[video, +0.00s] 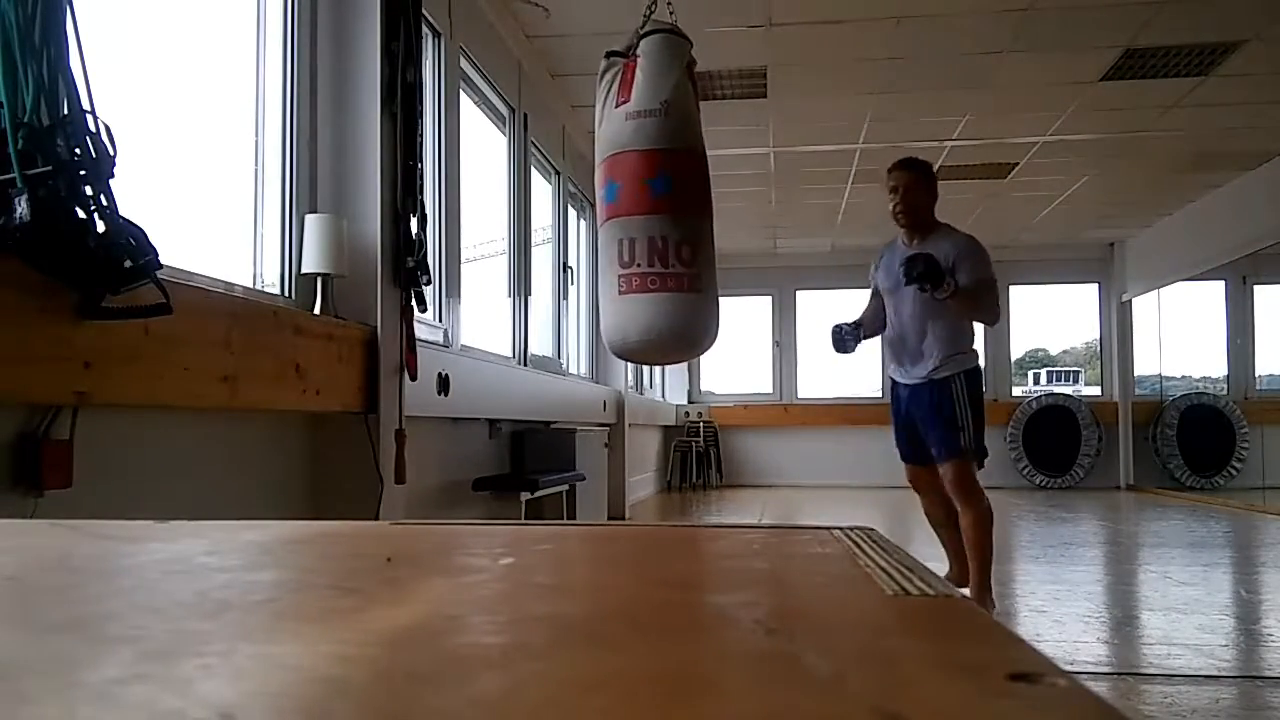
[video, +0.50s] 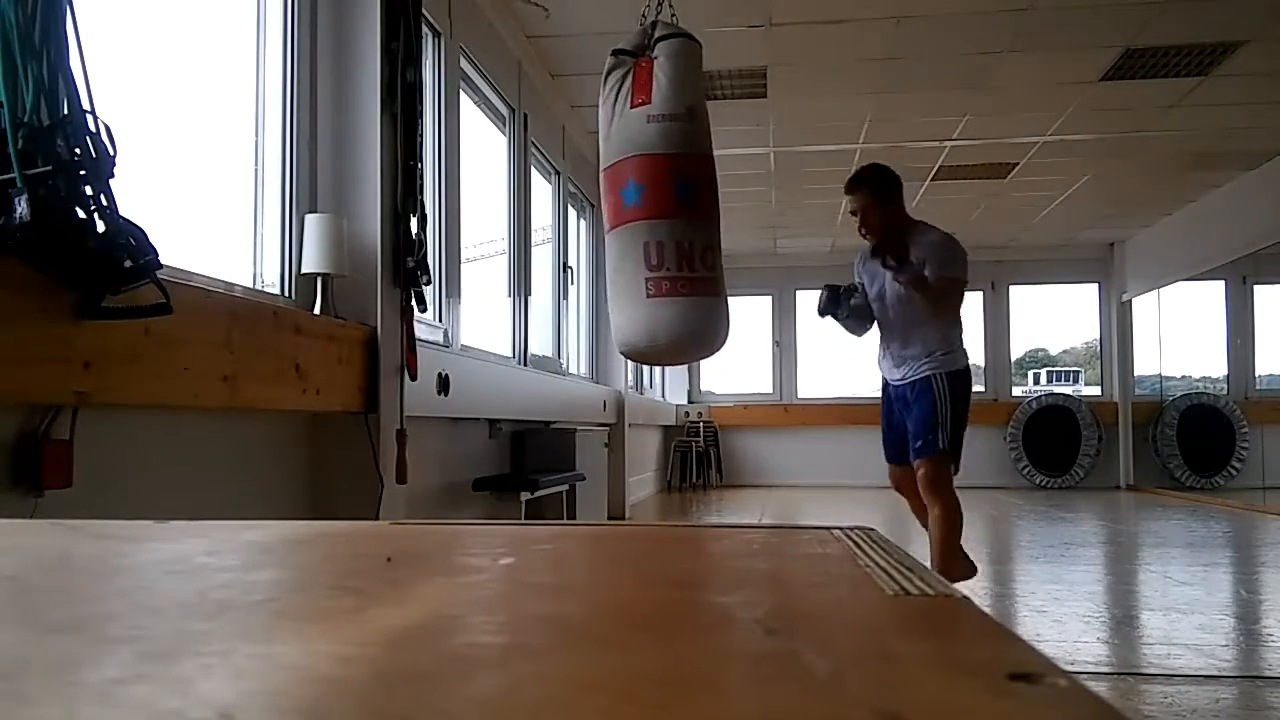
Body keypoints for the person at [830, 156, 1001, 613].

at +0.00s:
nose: (896, 201)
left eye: (906, 190)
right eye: (891, 192)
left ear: (931, 193)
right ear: (887, 199)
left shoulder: (962, 248)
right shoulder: (887, 259)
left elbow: (991, 313)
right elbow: (879, 313)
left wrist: (945, 288)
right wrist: (855, 329)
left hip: (950, 378)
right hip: (904, 383)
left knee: (960, 484)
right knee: (923, 481)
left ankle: (983, 594)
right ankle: (959, 568)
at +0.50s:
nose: (858, 224)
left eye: (861, 213)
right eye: (854, 215)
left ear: (891, 204)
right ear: (873, 211)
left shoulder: (940, 246)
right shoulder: (867, 260)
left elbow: (947, 309)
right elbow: (863, 322)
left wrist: (914, 278)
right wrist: (841, 307)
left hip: (938, 371)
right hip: (895, 376)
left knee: (932, 477)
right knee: (902, 477)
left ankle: (938, 583)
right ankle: (957, 561)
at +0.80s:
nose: (833, 236)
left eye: (835, 225)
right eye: (829, 228)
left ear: (862, 213)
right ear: (846, 218)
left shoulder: (918, 247)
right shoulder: (844, 256)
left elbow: (934, 314)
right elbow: (834, 326)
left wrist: (883, 298)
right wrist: (813, 299)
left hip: (922, 370)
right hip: (877, 375)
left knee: (919, 470)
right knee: (868, 474)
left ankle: (933, 585)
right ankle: (903, 575)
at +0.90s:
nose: (826, 240)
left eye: (830, 230)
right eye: (822, 232)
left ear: (858, 220)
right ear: (825, 227)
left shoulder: (914, 253)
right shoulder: (833, 266)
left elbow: (951, 316)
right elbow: (818, 336)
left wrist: (905, 299)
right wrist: (807, 312)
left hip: (913, 373)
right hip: (869, 382)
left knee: (907, 454)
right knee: (866, 482)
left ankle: (935, 576)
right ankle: (902, 578)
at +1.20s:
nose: (807, 211)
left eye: (815, 199)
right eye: (804, 201)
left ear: (844, 195)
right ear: (806, 203)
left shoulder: (888, 236)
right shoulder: (813, 248)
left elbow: (918, 299)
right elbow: (777, 295)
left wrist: (860, 272)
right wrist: (765, 253)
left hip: (898, 361)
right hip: (860, 369)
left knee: (860, 457)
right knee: (842, 468)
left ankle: (929, 565)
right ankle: (875, 571)